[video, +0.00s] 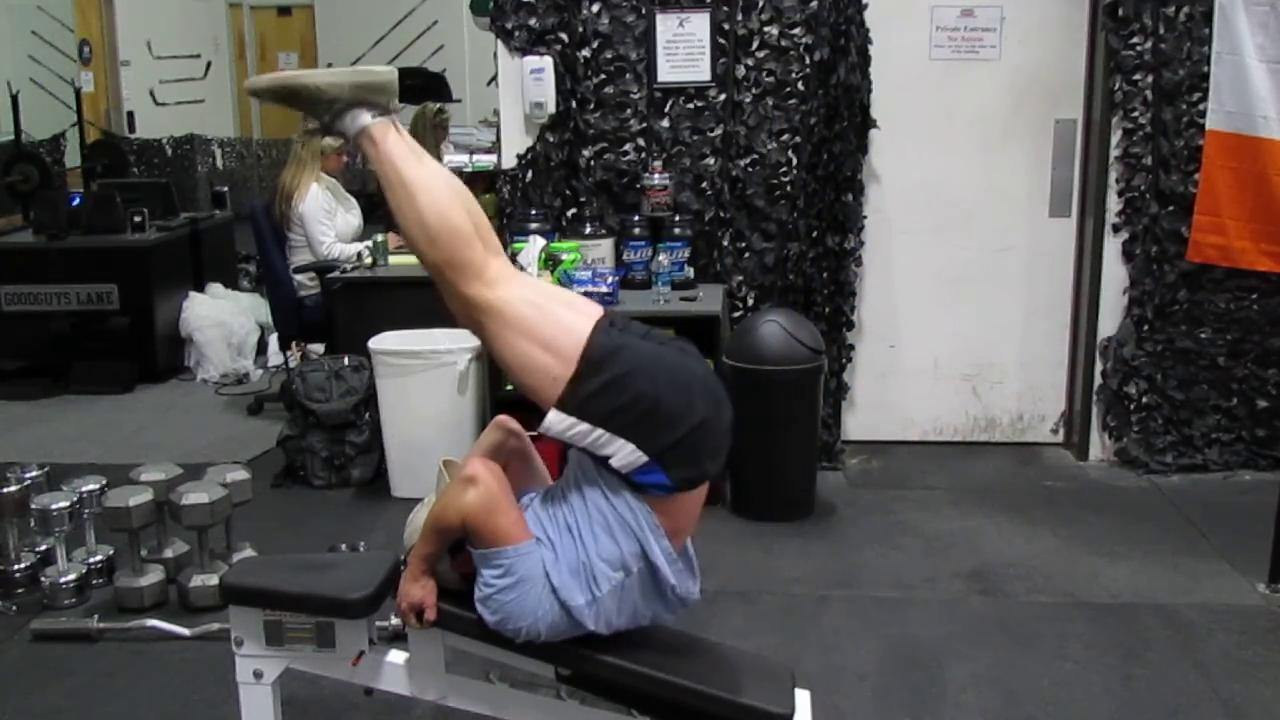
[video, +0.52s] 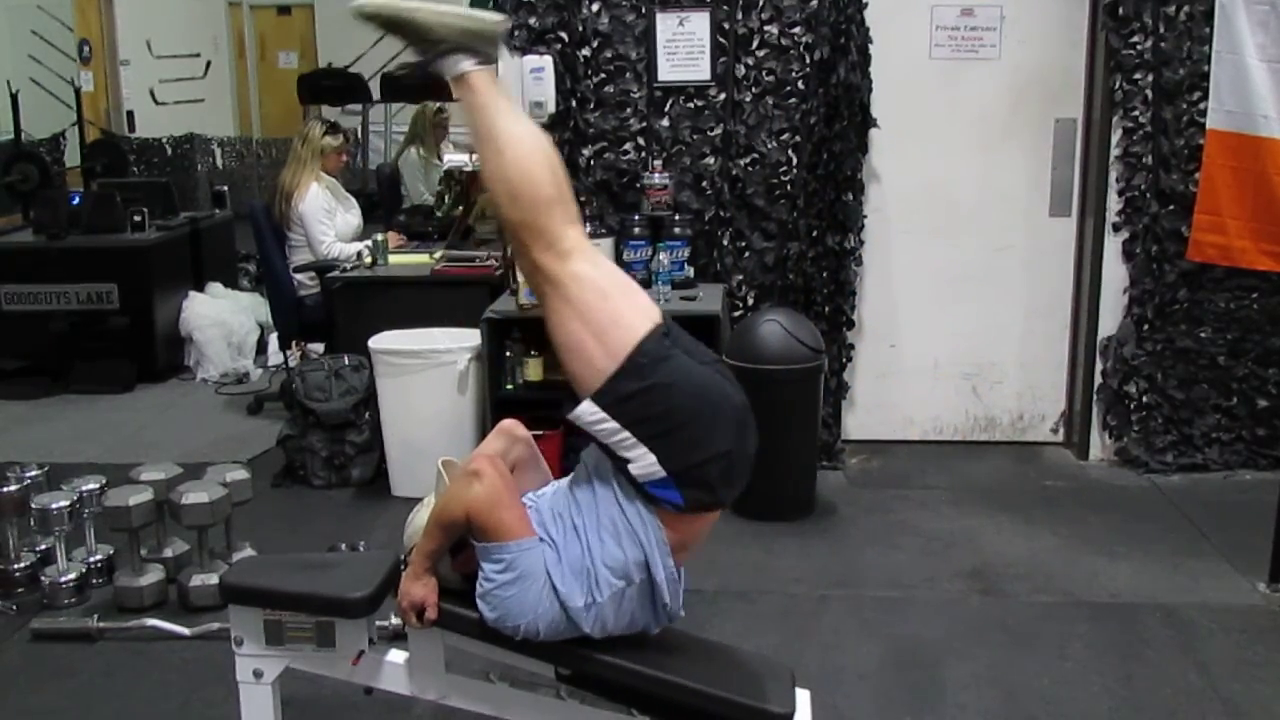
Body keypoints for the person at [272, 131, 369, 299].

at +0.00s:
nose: (345, 160)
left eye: (345, 154)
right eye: (339, 154)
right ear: (321, 156)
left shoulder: (323, 186)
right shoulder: (312, 192)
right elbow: (326, 250)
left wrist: (377, 242)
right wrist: (377, 245)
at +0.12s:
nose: (345, 160)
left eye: (346, 154)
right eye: (339, 154)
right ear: (320, 154)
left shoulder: (324, 185)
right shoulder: (311, 193)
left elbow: (335, 245)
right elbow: (326, 251)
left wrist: (377, 243)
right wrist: (377, 245)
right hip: (318, 291)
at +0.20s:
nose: (345, 160)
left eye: (346, 154)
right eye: (339, 154)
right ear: (320, 154)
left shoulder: (324, 184)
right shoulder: (311, 192)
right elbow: (326, 251)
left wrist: (377, 243)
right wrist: (377, 245)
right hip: (317, 293)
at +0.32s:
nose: (344, 160)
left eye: (345, 153)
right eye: (339, 154)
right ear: (320, 154)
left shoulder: (324, 185)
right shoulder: (311, 192)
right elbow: (326, 251)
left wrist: (376, 243)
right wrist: (377, 245)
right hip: (317, 290)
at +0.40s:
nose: (344, 160)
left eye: (345, 153)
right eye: (338, 154)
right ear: (319, 155)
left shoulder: (323, 186)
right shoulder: (311, 193)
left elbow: (333, 246)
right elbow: (325, 252)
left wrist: (375, 244)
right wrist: (376, 245)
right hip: (317, 292)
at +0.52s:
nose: (345, 159)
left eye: (345, 152)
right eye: (339, 153)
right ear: (319, 154)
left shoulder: (323, 185)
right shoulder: (312, 192)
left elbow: (335, 243)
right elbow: (326, 250)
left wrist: (377, 242)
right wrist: (378, 245)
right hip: (318, 292)